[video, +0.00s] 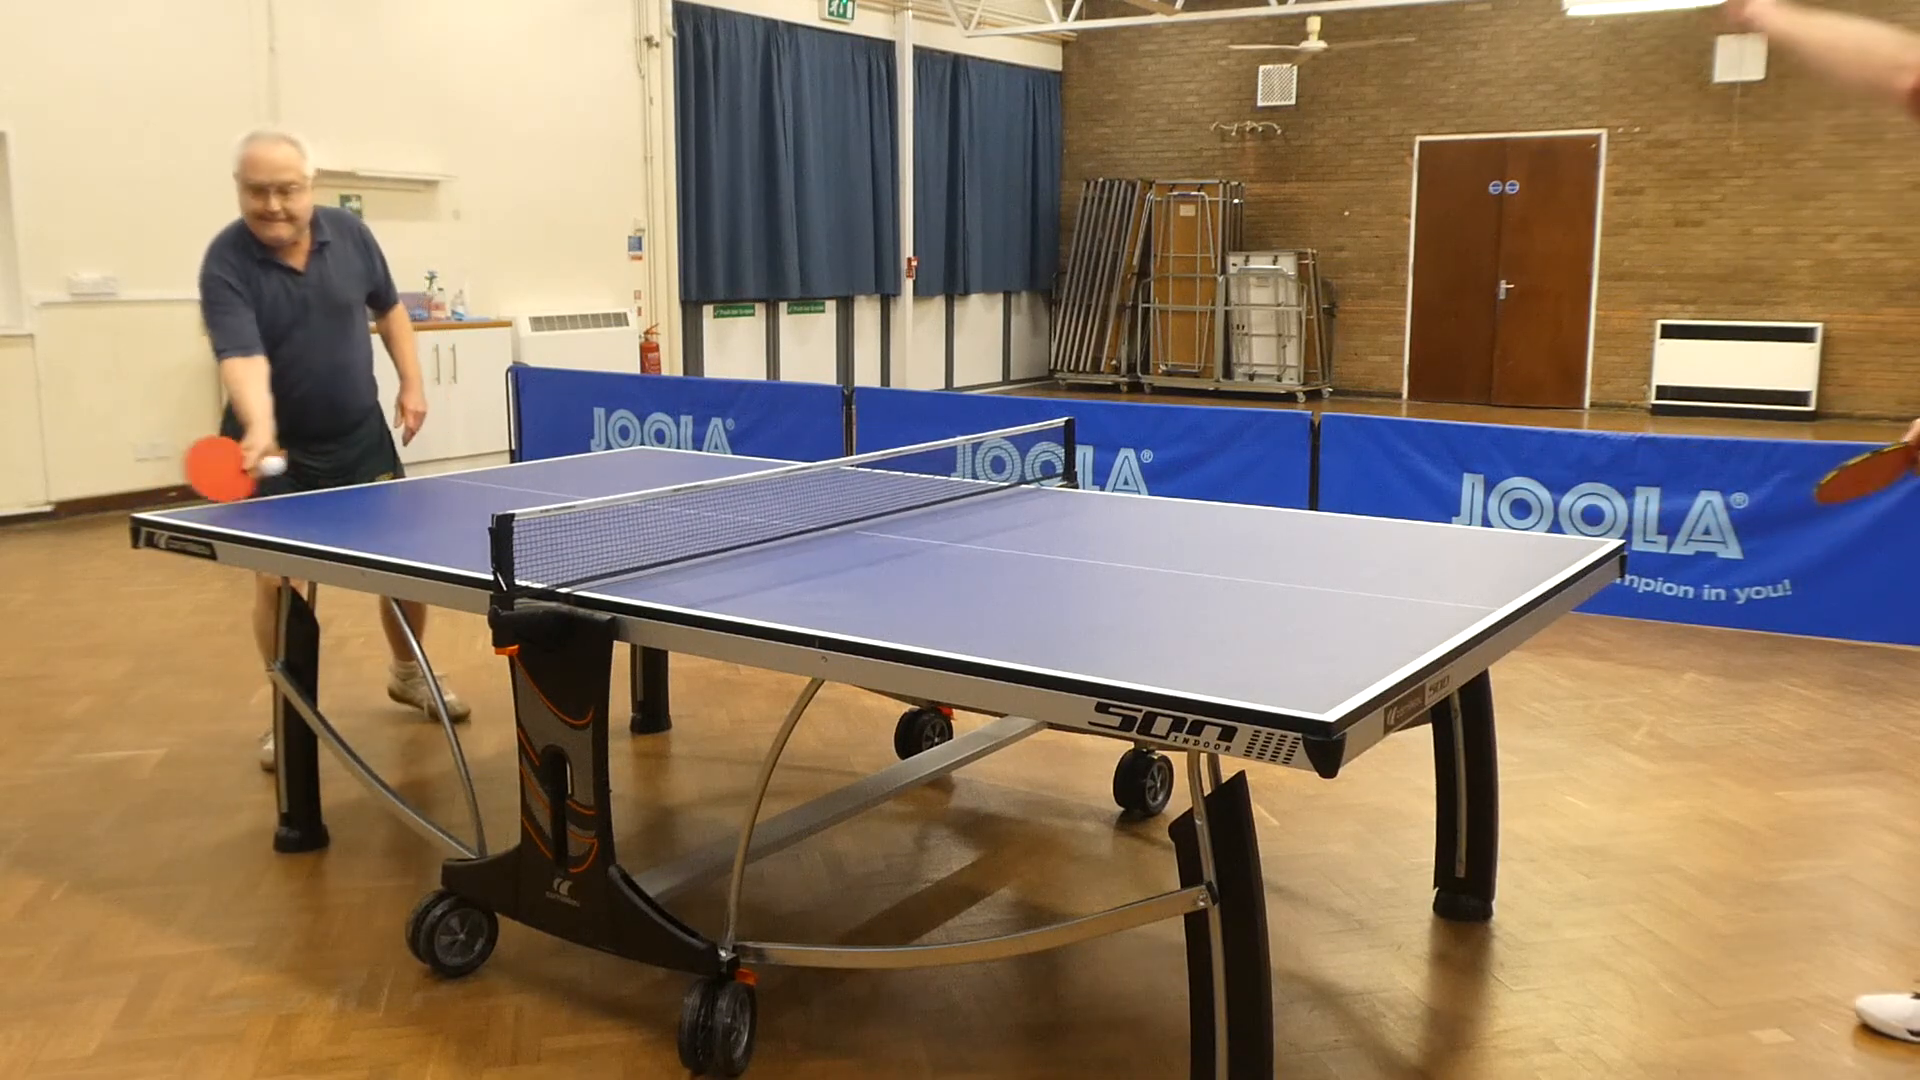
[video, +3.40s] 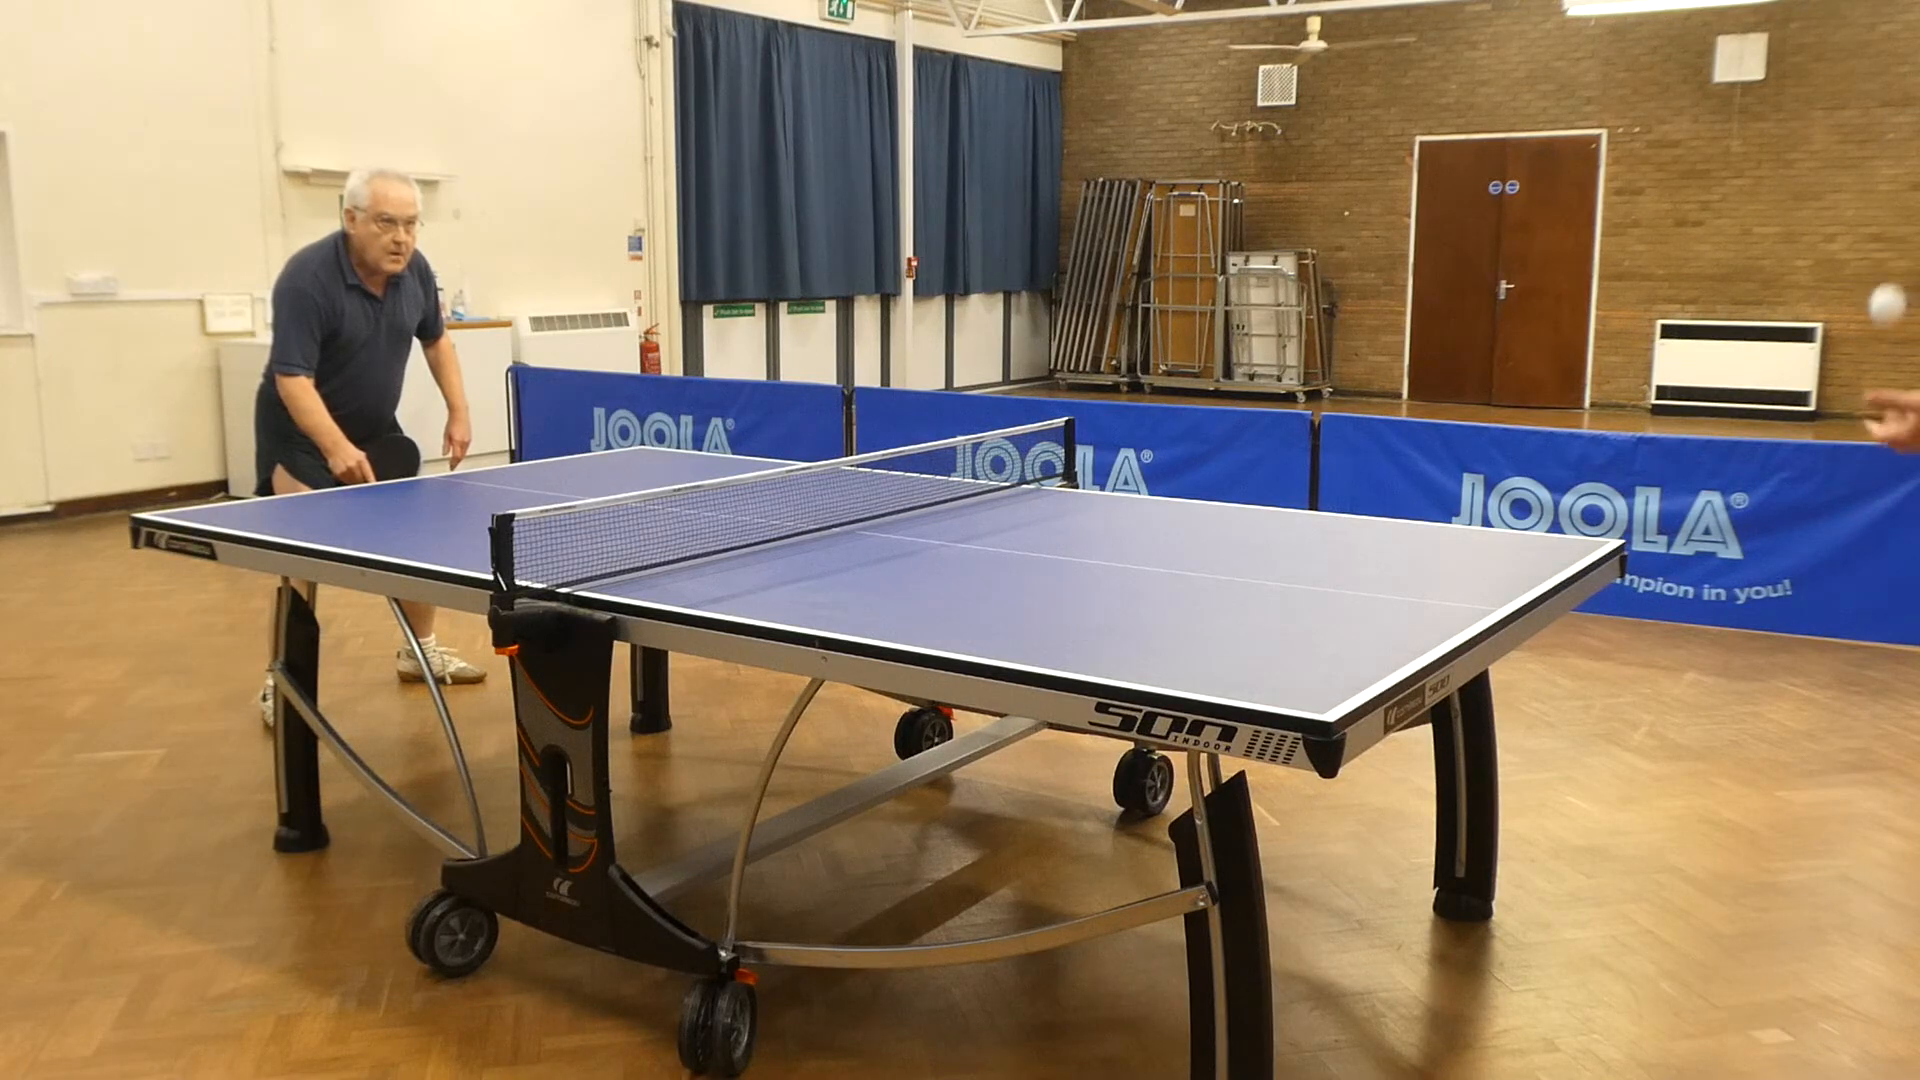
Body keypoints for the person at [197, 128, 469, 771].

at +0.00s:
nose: (273, 205)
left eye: (288, 189)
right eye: (257, 191)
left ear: (312, 186)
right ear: (237, 191)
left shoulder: (348, 234)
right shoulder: (228, 262)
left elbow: (388, 307)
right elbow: (241, 355)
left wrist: (411, 382)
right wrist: (260, 424)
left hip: (361, 439)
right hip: (278, 452)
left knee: (407, 559)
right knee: (279, 582)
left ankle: (410, 671)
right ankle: (288, 712)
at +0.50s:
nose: (358, 181)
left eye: (368, 167)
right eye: (341, 169)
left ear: (380, 168)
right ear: (306, 173)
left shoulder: (395, 228)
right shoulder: (276, 249)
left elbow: (422, 307)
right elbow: (258, 348)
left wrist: (455, 382)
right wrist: (279, 407)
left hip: (395, 433)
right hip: (309, 442)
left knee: (419, 565)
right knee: (301, 576)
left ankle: (414, 692)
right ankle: (288, 713)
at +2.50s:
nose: (407, 239)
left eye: (416, 226)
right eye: (392, 225)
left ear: (424, 225)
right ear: (356, 222)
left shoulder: (417, 272)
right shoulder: (313, 278)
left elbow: (436, 339)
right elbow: (298, 379)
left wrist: (457, 409)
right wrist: (347, 446)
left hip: (379, 427)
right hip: (306, 429)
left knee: (420, 524)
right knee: (302, 552)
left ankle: (420, 646)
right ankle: (282, 680)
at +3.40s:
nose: (402, 238)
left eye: (411, 224)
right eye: (387, 224)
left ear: (419, 225)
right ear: (351, 221)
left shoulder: (414, 271)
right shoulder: (308, 278)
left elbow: (435, 338)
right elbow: (290, 378)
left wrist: (458, 408)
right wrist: (335, 446)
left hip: (375, 426)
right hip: (302, 430)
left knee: (417, 527)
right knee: (302, 554)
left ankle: (419, 646)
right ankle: (282, 679)